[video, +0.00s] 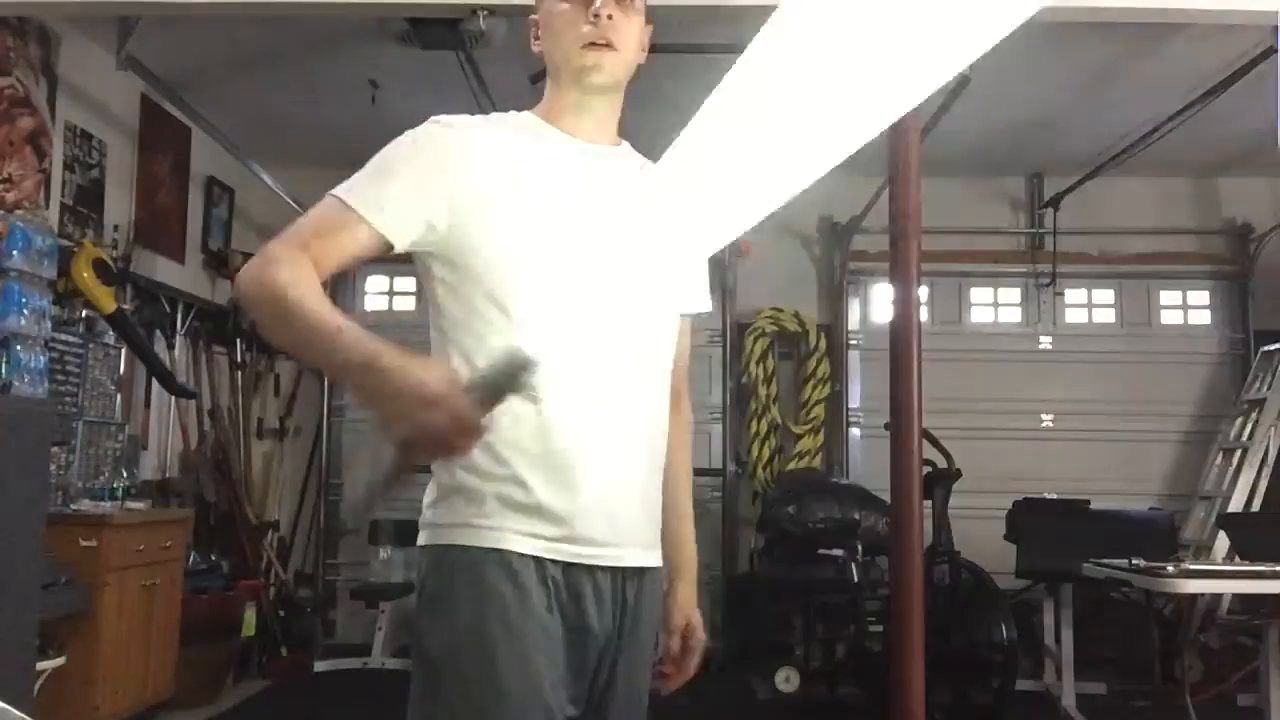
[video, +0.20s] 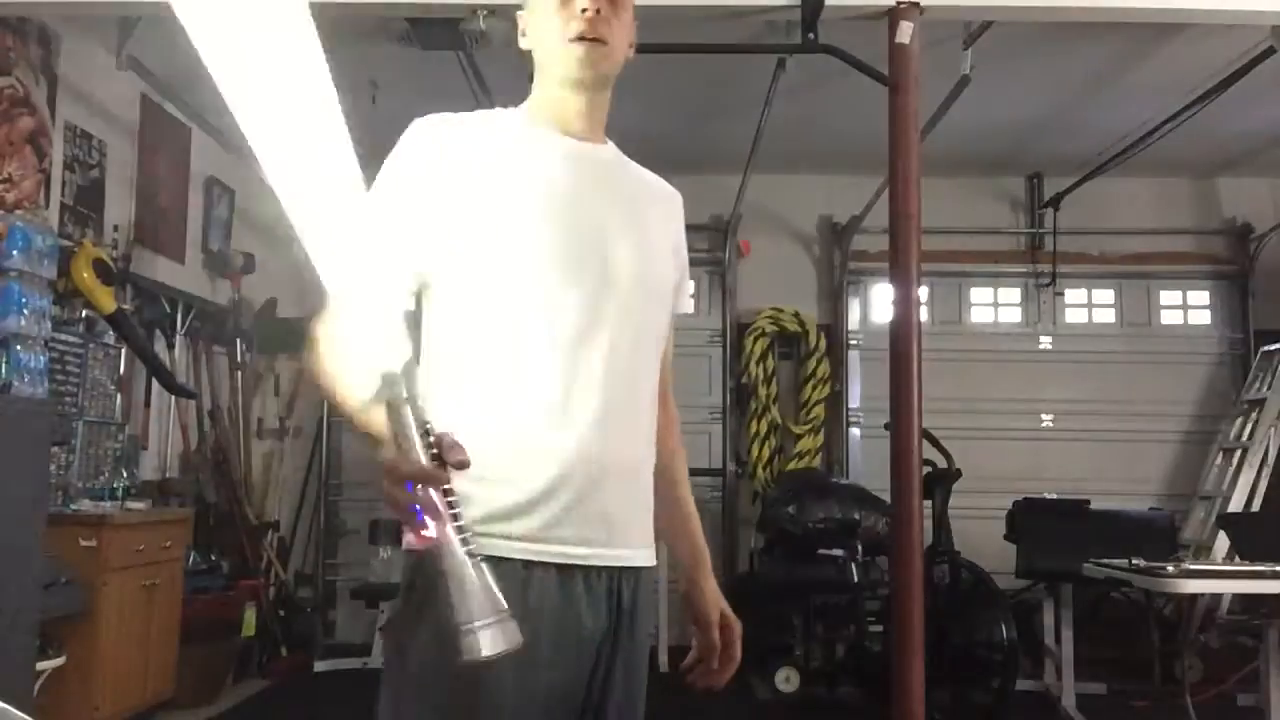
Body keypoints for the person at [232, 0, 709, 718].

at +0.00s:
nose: (600, 10)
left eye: (623, 2)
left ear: (647, 41)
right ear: (538, 30)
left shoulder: (664, 201)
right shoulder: (456, 150)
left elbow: (673, 403)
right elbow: (269, 273)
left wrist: (681, 577)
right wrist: (381, 371)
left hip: (633, 571)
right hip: (495, 561)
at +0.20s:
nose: (590, 9)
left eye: (610, 0)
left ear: (633, 35)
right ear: (524, 25)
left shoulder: (661, 204)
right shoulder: (441, 151)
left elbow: (653, 399)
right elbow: (336, 336)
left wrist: (697, 572)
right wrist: (395, 430)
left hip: (624, 585)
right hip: (480, 574)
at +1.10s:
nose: (572, 14)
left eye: (594, 4)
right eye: (547, 2)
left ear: (618, 43)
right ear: (508, 38)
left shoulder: (651, 205)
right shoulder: (441, 153)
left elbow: (647, 395)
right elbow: (407, 351)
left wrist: (687, 557)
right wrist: (492, 424)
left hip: (610, 567)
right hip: (469, 558)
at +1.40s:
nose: (565, 15)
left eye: (588, 6)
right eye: (541, 4)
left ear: (613, 51)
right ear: (507, 41)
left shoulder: (656, 206)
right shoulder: (436, 158)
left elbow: (664, 386)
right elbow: (360, 335)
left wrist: (654, 483)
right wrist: (520, 388)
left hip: (606, 567)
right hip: (462, 558)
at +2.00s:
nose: (444, 5)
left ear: (502, 29)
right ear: (384, 25)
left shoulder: (574, 187)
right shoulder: (323, 150)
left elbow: (611, 354)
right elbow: (312, 326)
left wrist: (617, 405)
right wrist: (542, 338)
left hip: (548, 576)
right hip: (376, 572)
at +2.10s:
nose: (398, 1)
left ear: (459, 18)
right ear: (333, 15)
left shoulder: (532, 185)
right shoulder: (267, 142)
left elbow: (571, 366)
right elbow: (269, 325)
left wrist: (583, 417)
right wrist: (509, 345)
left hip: (510, 590)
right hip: (328, 588)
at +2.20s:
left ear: (402, 10)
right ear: (273, 6)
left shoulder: (479, 179)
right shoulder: (197, 122)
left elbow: (504, 393)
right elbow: (206, 323)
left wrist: (533, 436)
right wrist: (467, 356)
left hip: (453, 603)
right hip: (253, 602)